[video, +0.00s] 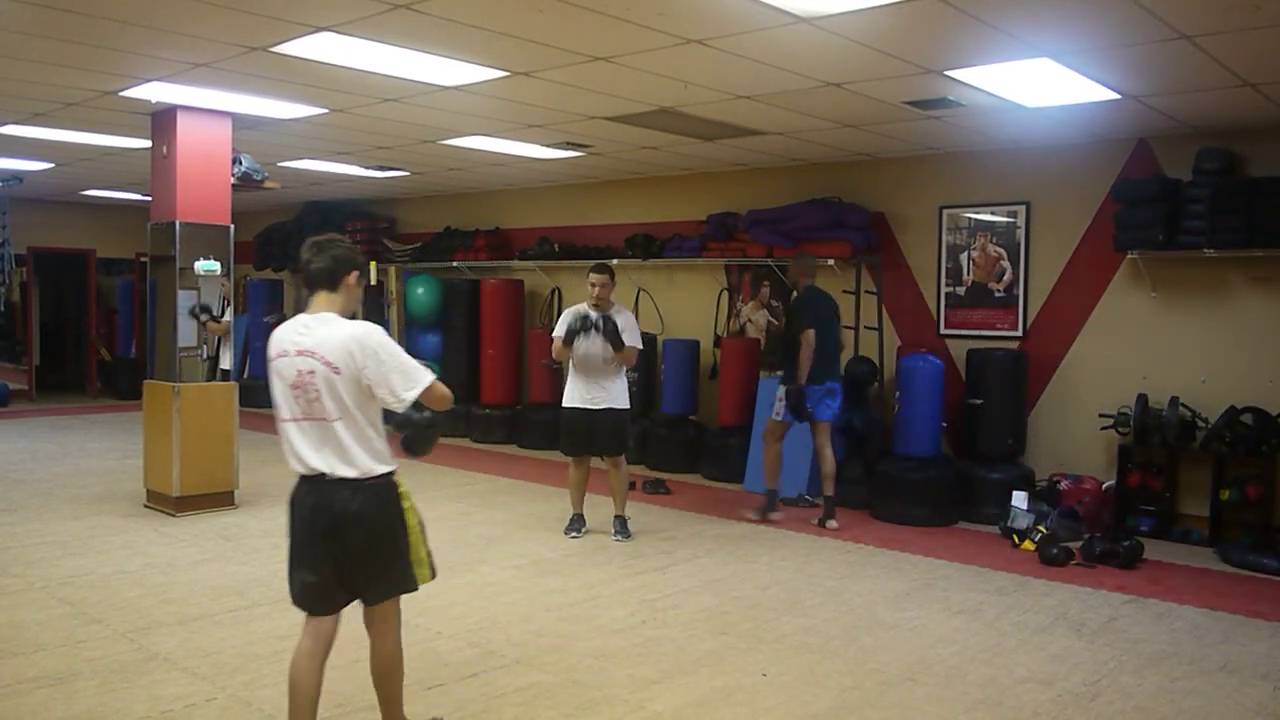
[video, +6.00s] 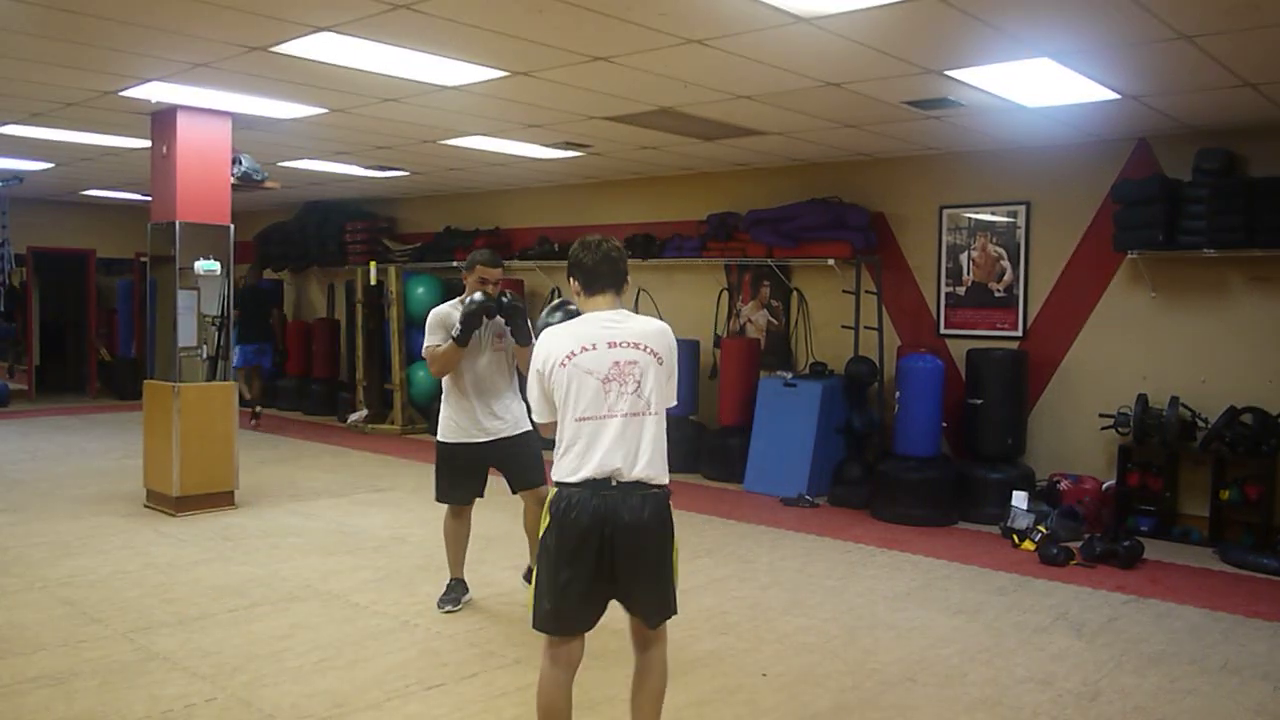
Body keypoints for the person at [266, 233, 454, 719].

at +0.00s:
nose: (362, 290)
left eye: (362, 283)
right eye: (361, 282)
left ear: (307, 281)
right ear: (350, 280)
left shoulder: (280, 338)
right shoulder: (362, 336)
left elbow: (315, 404)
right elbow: (440, 398)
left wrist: (389, 428)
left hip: (311, 499)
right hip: (371, 501)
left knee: (316, 631)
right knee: (384, 629)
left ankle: (300, 717)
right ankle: (395, 717)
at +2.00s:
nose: (153, 273)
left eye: (155, 260)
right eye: (155, 260)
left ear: (71, 258)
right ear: (142, 262)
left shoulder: (14, 349)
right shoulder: (163, 341)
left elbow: (9, 481)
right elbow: (206, 489)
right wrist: (213, 407)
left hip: (43, 603)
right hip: (147, 610)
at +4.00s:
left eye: (482, 291)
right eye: (542, 286)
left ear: (482, 295)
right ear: (537, 289)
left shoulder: (461, 349)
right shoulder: (571, 345)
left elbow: (453, 435)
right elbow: (607, 432)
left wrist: (506, 426)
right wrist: (553, 418)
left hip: (481, 518)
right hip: (549, 519)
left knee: (495, 645)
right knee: (550, 646)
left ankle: (491, 719)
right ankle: (536, 715)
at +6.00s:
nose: (569, 287)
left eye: (569, 281)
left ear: (573, 284)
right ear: (627, 281)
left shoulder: (551, 341)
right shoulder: (659, 334)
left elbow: (547, 427)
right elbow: (660, 407)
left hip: (575, 512)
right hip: (645, 511)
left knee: (559, 654)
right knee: (650, 642)